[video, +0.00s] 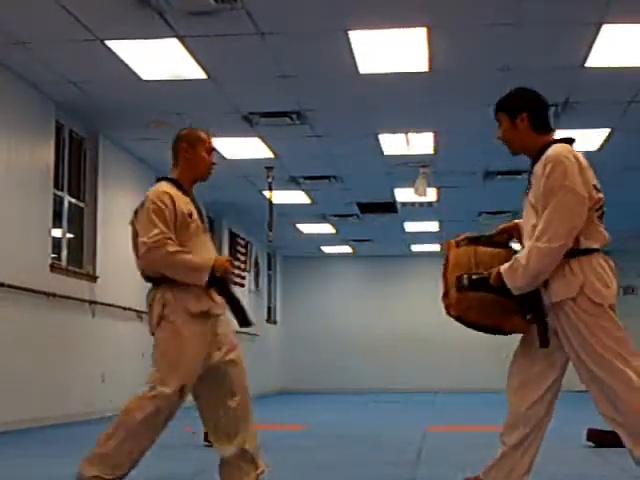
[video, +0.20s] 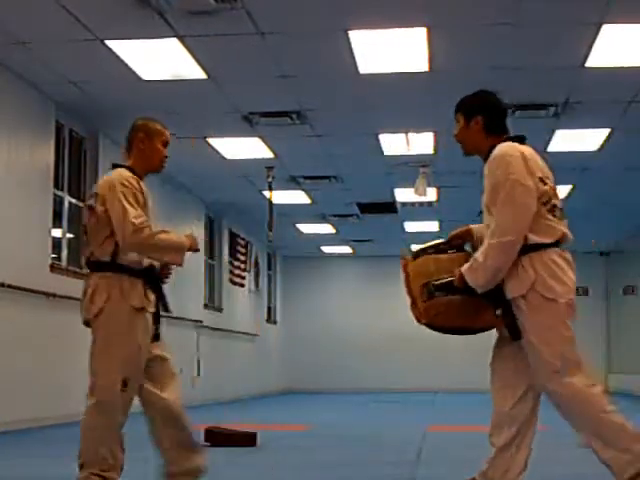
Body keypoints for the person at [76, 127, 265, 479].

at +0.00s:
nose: (214, 160)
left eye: (214, 153)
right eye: (209, 152)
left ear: (189, 154)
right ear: (186, 152)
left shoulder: (189, 204)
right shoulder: (160, 197)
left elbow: (185, 258)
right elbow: (151, 257)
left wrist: (217, 274)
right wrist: (209, 265)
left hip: (210, 308)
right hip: (180, 306)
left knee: (231, 399)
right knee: (165, 394)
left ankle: (243, 471)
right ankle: (99, 471)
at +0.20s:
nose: (166, 154)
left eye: (167, 147)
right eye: (163, 145)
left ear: (141, 145)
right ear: (140, 143)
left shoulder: (133, 187)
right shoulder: (119, 181)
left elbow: (123, 247)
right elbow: (134, 235)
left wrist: (158, 263)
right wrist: (184, 243)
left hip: (134, 293)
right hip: (117, 291)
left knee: (160, 385)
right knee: (112, 389)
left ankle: (185, 468)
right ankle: (97, 471)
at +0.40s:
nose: (114, 144)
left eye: (114, 138)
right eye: (109, 136)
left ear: (87, 139)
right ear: (87, 136)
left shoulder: (71, 175)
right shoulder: (81, 174)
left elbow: (77, 237)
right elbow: (92, 232)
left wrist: (116, 247)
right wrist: (135, 241)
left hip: (67, 285)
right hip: (69, 285)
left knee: (62, 381)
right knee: (75, 381)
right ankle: (94, 468)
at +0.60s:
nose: (79, 151)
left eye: (79, 144)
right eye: (74, 143)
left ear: (48, 145)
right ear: (53, 143)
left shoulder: (26, 182)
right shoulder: (45, 181)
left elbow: (23, 240)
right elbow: (46, 240)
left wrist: (65, 241)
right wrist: (85, 268)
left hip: (12, 286)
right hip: (26, 287)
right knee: (53, 382)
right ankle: (88, 466)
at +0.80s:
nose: (40, 166)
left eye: (40, 159)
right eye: (35, 157)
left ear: (15, 160)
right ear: (14, 158)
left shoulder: (11, 197)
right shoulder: (6, 197)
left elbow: (6, 261)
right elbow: (5, 261)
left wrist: (21, 269)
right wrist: (36, 290)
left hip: (7, 306)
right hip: (3, 307)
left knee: (21, 386)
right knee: (21, 386)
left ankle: (58, 464)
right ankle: (58, 465)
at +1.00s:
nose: (34, 138)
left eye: (34, 132)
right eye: (29, 130)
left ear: (13, 132)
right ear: (8, 130)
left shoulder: (12, 169)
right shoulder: (7, 166)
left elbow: (13, 223)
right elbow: (10, 222)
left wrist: (45, 236)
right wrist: (51, 237)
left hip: (6, 272)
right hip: (3, 273)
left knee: (22, 351)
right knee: (22, 351)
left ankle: (14, 447)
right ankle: (11, 448)